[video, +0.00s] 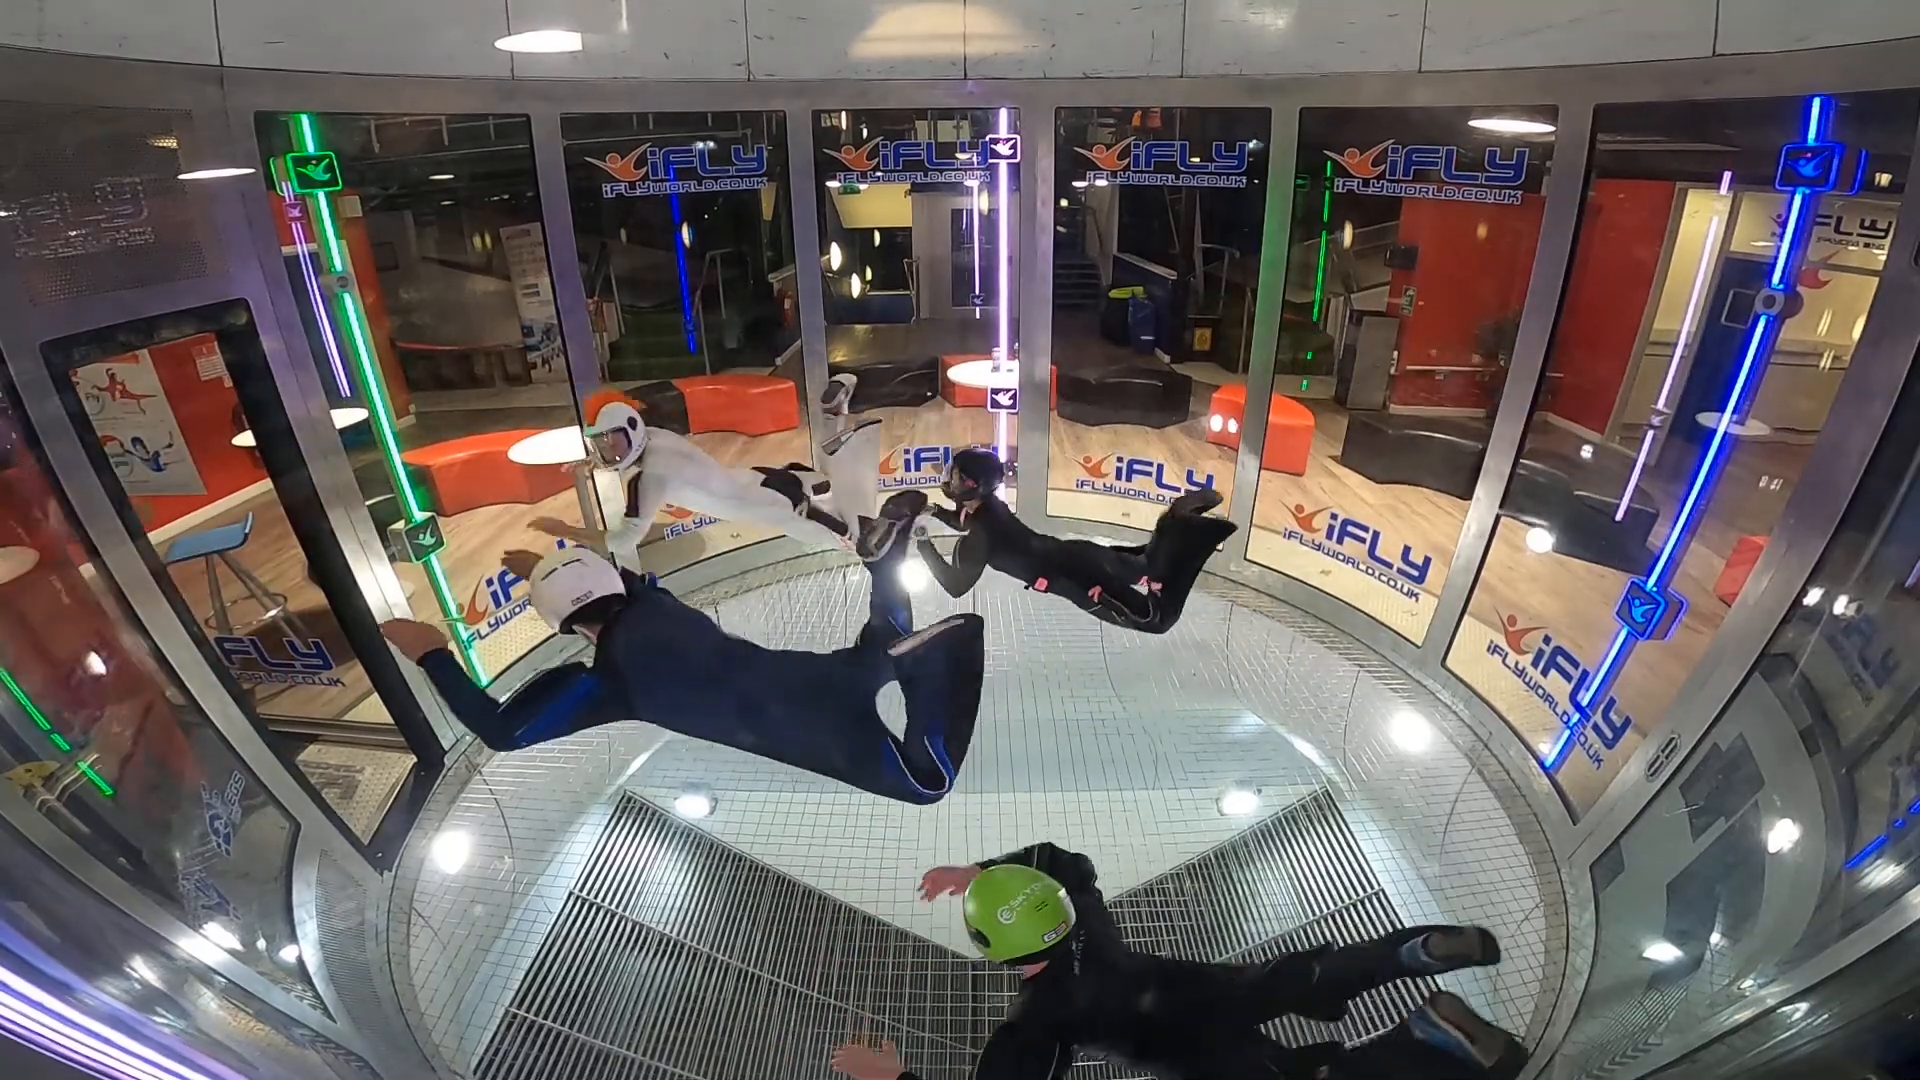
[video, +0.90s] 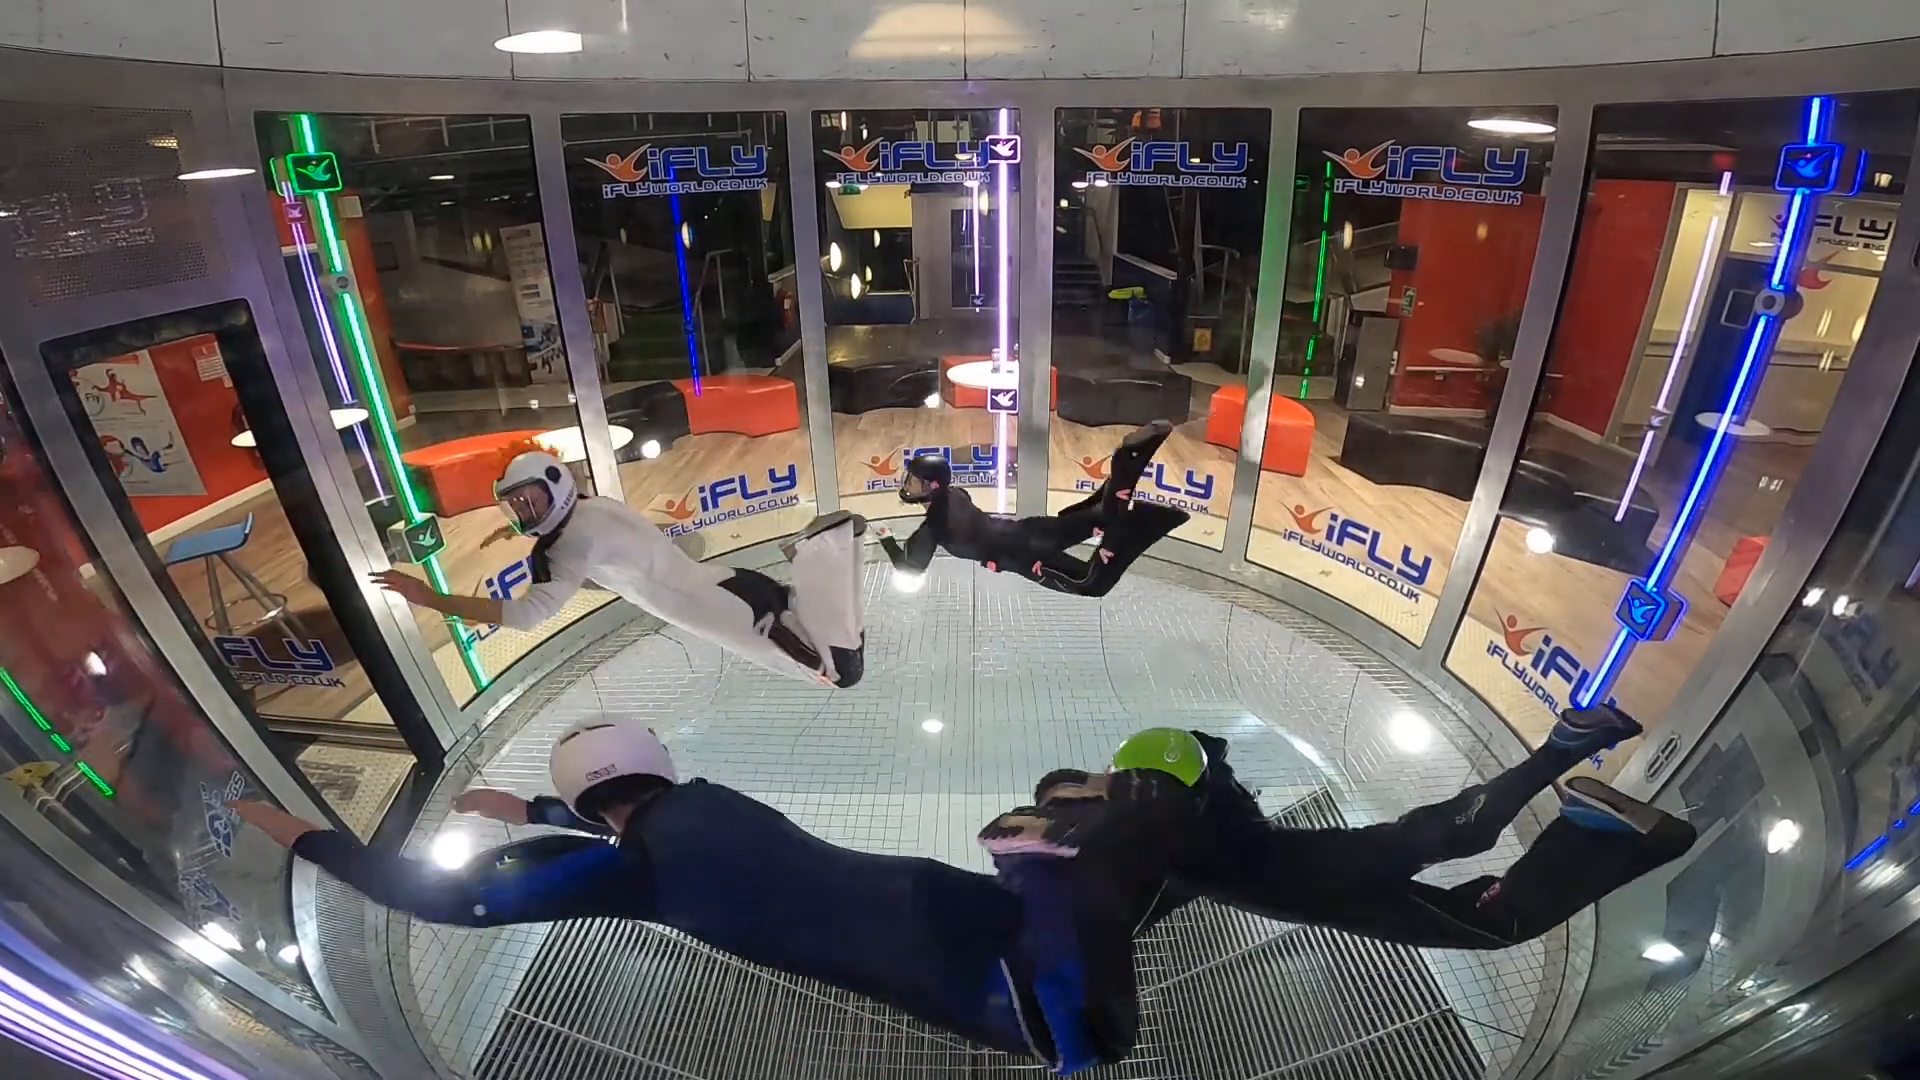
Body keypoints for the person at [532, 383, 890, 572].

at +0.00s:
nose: (608, 450)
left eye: (613, 440)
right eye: (603, 443)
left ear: (632, 432)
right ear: (614, 435)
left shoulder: (652, 471)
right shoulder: (654, 439)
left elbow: (627, 537)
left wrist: (568, 533)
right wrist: (608, 464)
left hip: (772, 502)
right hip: (766, 480)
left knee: (865, 538)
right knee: (820, 478)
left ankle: (927, 515)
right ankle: (835, 417)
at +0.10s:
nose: (576, 443)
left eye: (580, 432)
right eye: (569, 436)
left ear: (599, 425)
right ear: (571, 434)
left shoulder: (621, 471)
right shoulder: (623, 432)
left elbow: (603, 535)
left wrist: (532, 537)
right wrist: (561, 458)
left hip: (753, 512)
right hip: (742, 488)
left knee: (840, 547)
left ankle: (883, 508)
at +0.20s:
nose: (546, 442)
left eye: (551, 429)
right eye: (538, 435)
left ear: (573, 419)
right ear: (535, 435)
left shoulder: (595, 470)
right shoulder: (603, 434)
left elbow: (568, 538)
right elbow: (652, 456)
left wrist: (499, 532)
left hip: (727, 517)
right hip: (715, 492)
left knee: (813, 555)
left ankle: (797, 460)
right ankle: (777, 461)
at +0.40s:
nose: (500, 439)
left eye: (506, 426)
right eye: (490, 432)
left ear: (530, 419)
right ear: (485, 436)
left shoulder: (551, 470)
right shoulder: (553, 449)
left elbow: (528, 536)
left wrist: (454, 511)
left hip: (684, 530)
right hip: (675, 514)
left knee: (784, 579)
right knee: (766, 568)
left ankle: (768, 476)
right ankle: (748, 478)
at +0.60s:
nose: (480, 457)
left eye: (488, 444)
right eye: (470, 449)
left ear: (515, 436)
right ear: (469, 451)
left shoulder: (536, 485)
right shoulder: (536, 464)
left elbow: (499, 561)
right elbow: (611, 497)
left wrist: (400, 551)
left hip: (677, 560)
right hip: (664, 541)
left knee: (778, 614)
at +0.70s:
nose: (486, 471)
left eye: (493, 457)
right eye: (476, 464)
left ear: (522, 449)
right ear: (472, 469)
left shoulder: (537, 504)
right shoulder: (545, 475)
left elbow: (492, 578)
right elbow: (616, 511)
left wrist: (391, 565)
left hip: (689, 574)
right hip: (682, 557)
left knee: (787, 638)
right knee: (772, 625)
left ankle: (772, 536)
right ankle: (774, 524)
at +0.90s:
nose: (522, 514)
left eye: (529, 500)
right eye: (515, 506)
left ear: (558, 489)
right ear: (529, 501)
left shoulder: (574, 543)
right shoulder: (588, 508)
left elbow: (522, 614)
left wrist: (429, 599)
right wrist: (522, 534)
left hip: (735, 610)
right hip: (733, 592)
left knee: (843, 669)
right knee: (833, 658)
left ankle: (824, 558)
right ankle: (823, 559)